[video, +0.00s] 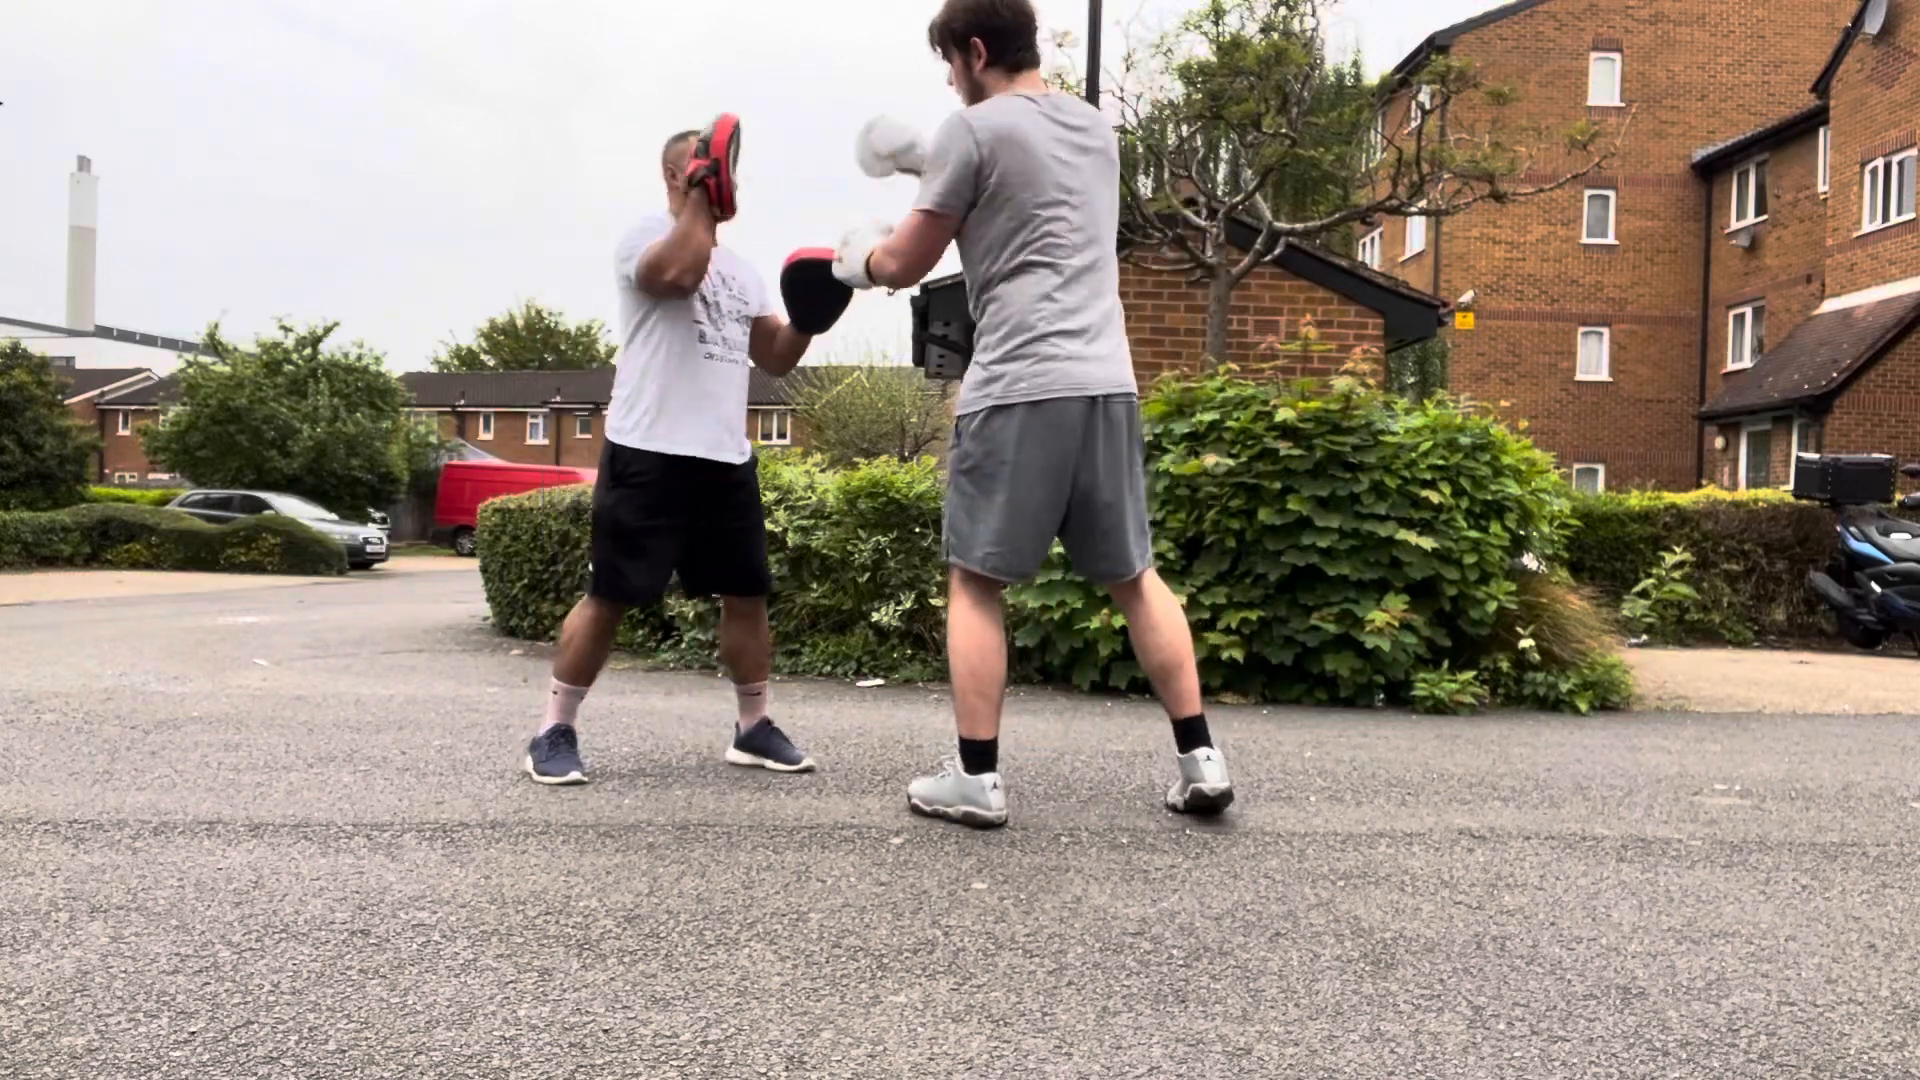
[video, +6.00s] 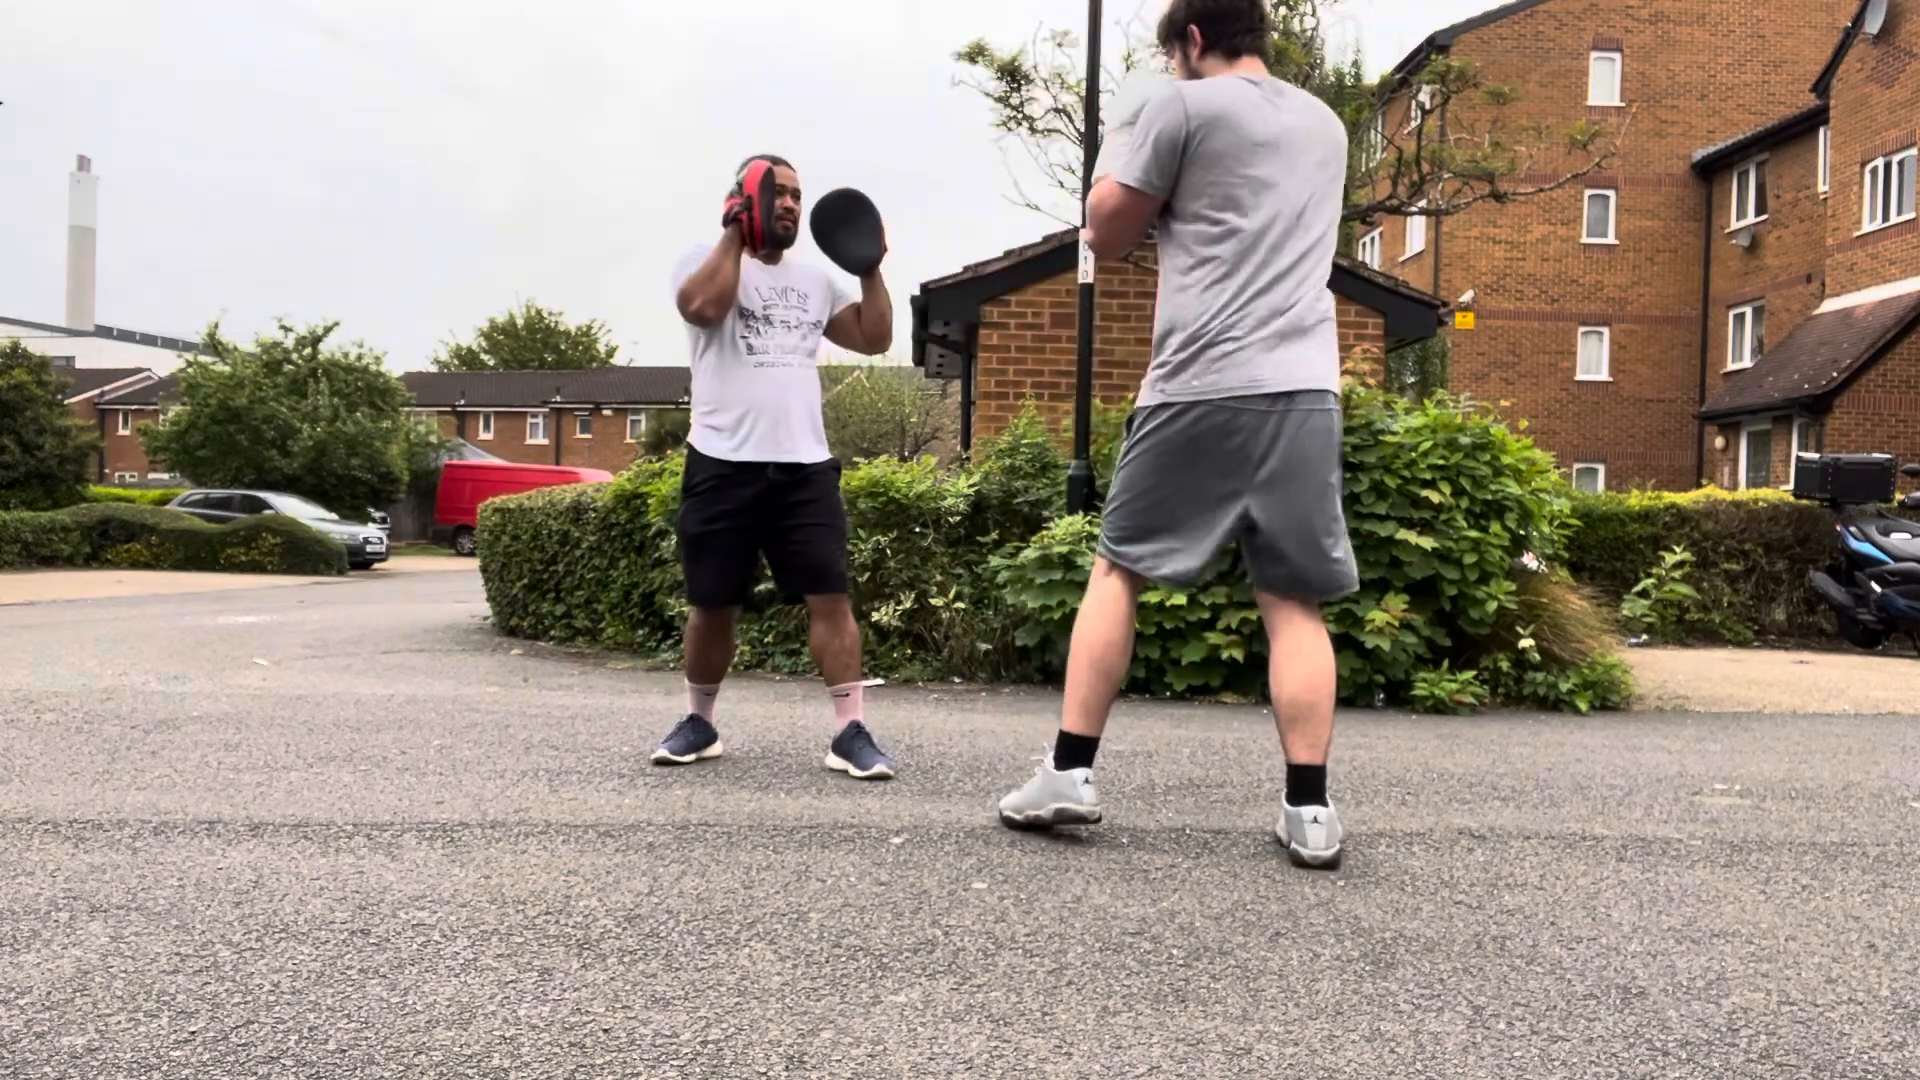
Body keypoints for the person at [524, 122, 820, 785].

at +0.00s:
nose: (708, 174)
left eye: (715, 164)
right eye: (693, 164)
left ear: (728, 178)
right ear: (670, 178)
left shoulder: (742, 271)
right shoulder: (643, 236)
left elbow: (777, 357)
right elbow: (678, 274)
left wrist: (815, 308)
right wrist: (702, 193)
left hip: (726, 456)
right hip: (645, 449)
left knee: (747, 594)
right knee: (609, 594)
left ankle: (754, 726)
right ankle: (555, 729)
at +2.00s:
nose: (796, 192)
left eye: (804, 184)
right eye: (781, 180)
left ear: (812, 198)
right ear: (745, 189)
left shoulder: (831, 267)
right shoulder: (708, 260)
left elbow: (884, 346)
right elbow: (674, 341)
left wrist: (898, 281)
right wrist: (716, 271)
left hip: (805, 462)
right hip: (719, 460)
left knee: (827, 588)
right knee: (694, 600)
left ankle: (830, 728)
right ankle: (666, 721)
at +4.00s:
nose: (761, 188)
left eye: (768, 180)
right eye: (745, 179)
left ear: (776, 195)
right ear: (711, 193)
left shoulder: (795, 265)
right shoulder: (673, 261)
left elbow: (863, 320)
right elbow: (664, 329)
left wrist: (873, 255)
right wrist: (700, 252)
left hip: (785, 460)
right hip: (698, 461)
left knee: (816, 586)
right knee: (682, 599)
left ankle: (834, 724)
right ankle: (665, 721)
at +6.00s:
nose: (789, 203)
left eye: (796, 195)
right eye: (777, 192)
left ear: (801, 209)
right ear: (743, 202)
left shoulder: (814, 279)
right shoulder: (704, 264)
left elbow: (874, 338)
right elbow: (704, 307)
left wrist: (872, 268)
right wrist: (732, 231)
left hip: (805, 464)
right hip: (722, 463)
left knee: (830, 592)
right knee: (710, 601)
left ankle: (851, 728)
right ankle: (699, 722)